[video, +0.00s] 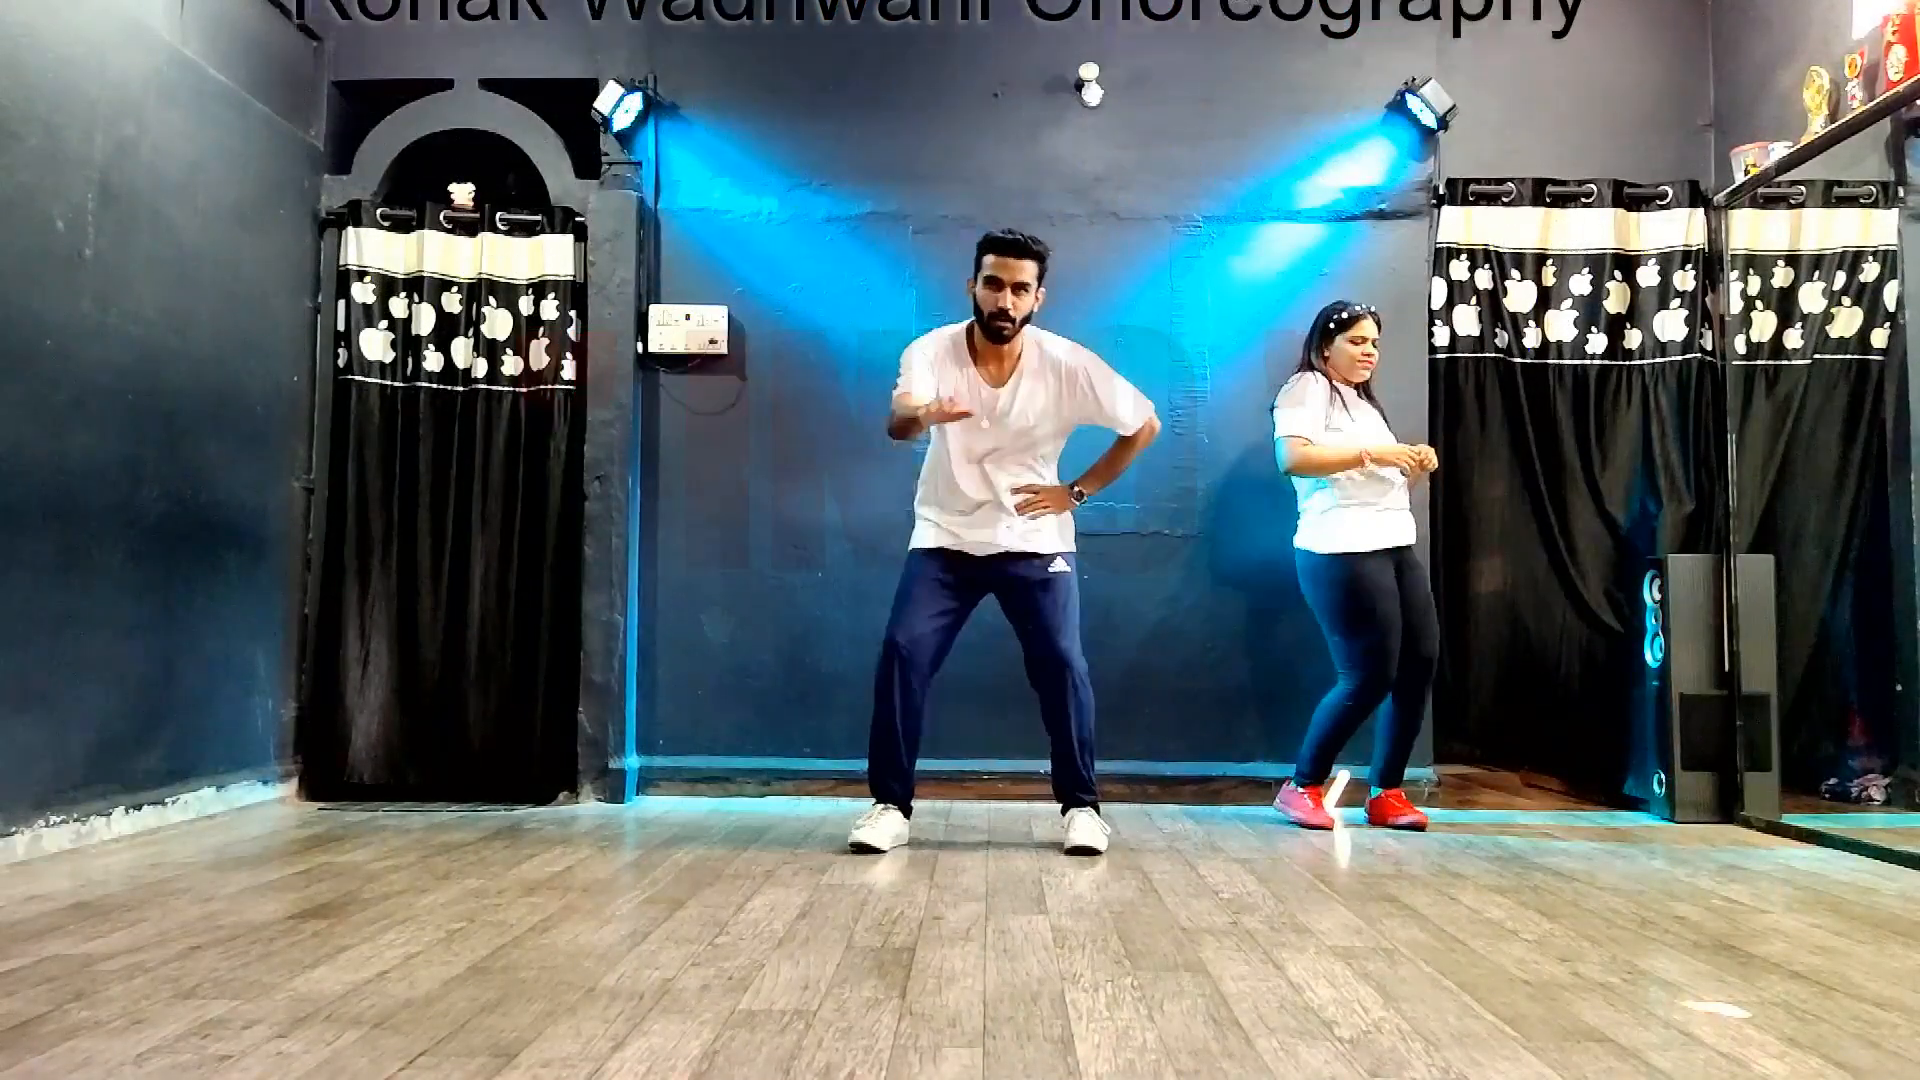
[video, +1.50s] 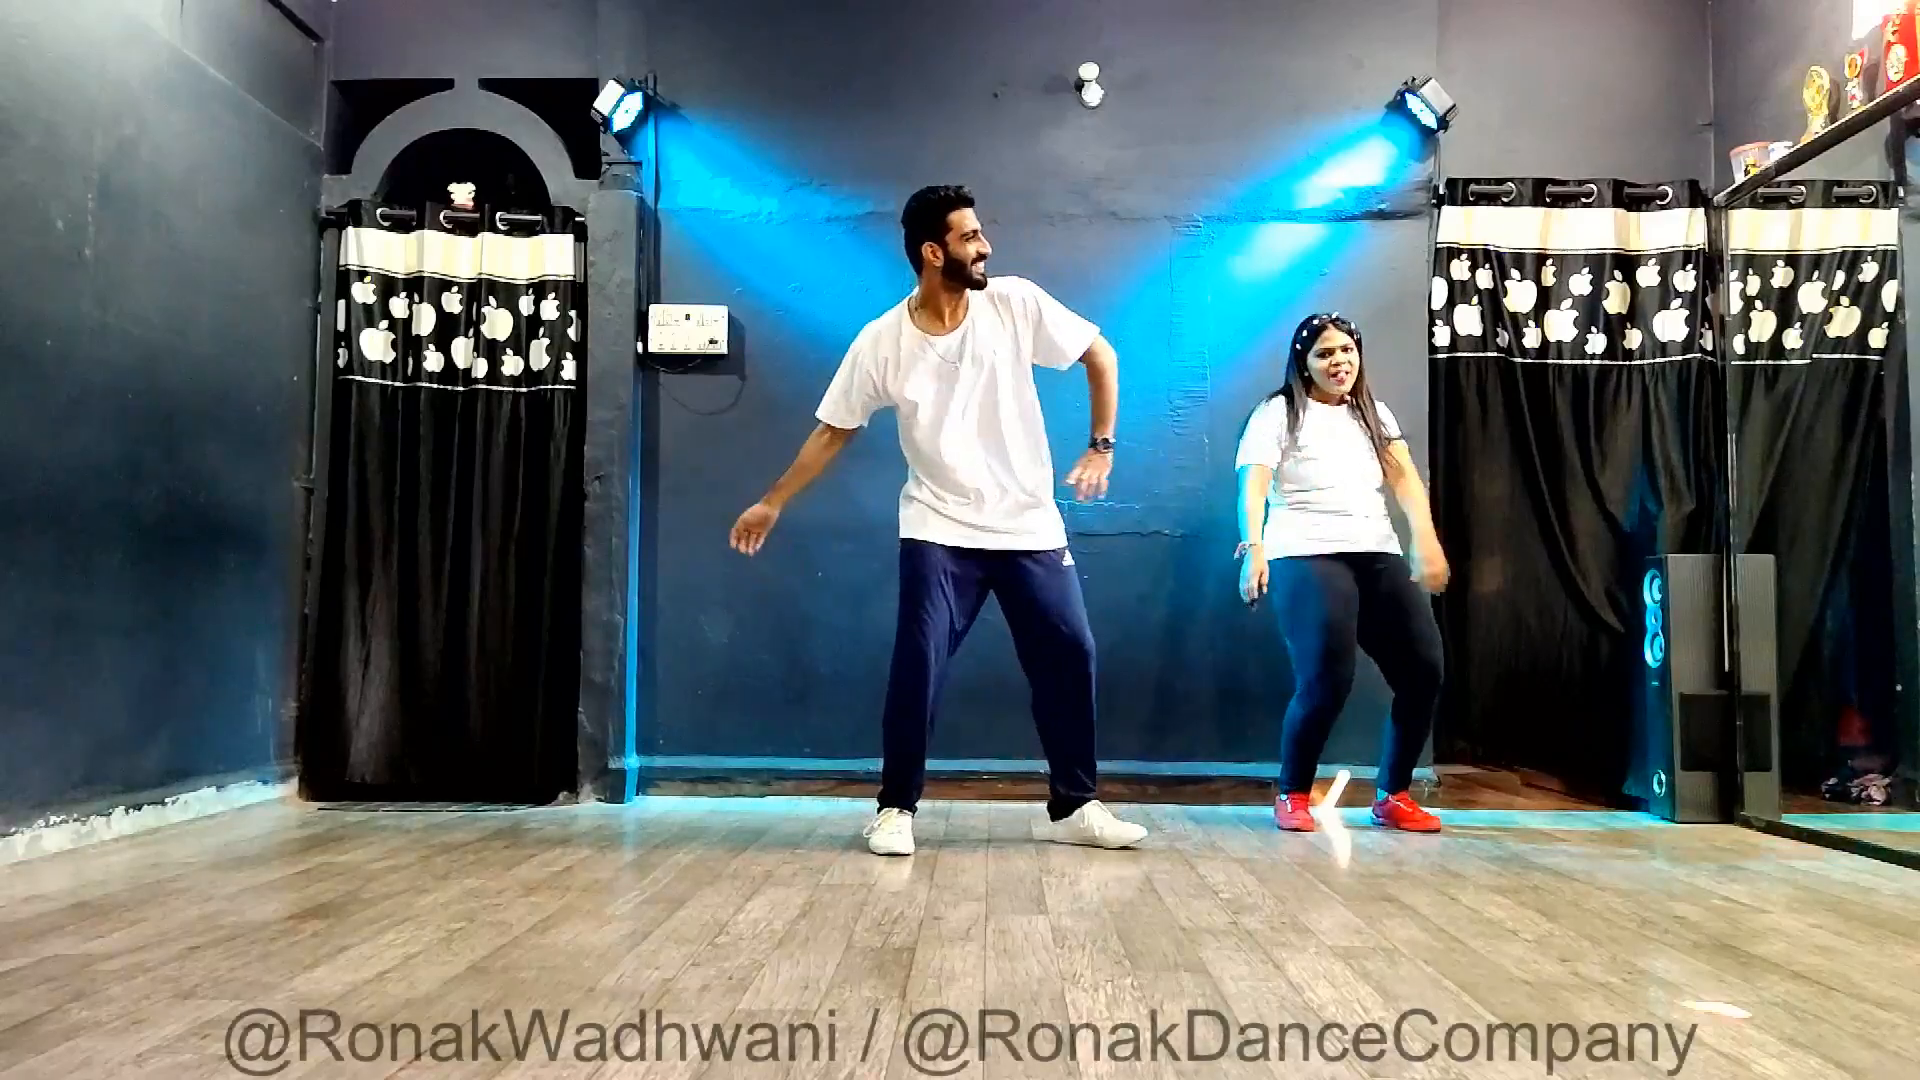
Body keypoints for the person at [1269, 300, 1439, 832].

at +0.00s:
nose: (1368, 352)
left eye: (1373, 343)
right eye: (1356, 342)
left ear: (1376, 349)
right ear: (1324, 346)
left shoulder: (1363, 403)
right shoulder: (1305, 388)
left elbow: (1376, 487)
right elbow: (1293, 457)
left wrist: (1414, 470)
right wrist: (1371, 454)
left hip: (1396, 548)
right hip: (1340, 551)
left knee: (1418, 663)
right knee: (1368, 674)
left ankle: (1385, 793)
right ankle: (1301, 788)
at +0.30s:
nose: (1359, 345)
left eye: (1367, 336)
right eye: (1346, 336)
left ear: (1376, 345)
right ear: (1321, 343)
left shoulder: (1370, 407)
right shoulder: (1292, 384)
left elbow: (1381, 488)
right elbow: (1244, 446)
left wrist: (1403, 497)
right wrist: (1314, 457)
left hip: (1368, 549)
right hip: (1306, 548)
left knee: (1400, 662)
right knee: (1331, 671)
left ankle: (1384, 794)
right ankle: (1291, 794)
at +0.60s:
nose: (1322, 337)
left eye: (1329, 326)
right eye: (1309, 333)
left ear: (1346, 331)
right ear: (1295, 346)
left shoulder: (1377, 398)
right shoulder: (1269, 392)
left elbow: (1429, 467)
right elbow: (1237, 455)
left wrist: (1408, 523)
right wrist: (1219, 466)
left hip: (1339, 543)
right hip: (1260, 540)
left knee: (1342, 671)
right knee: (1258, 669)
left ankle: (1371, 793)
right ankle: (1273, 793)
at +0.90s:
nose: (1303, 366)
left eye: (1311, 353)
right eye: (1291, 360)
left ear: (1331, 352)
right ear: (1283, 371)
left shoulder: (1374, 405)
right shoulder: (1280, 426)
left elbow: (1397, 480)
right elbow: (1253, 505)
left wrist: (1328, 509)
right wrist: (1226, 570)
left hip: (1339, 557)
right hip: (1265, 554)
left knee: (1337, 680)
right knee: (1241, 668)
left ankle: (1380, 796)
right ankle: (1276, 793)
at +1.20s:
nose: (1324, 324)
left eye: (1333, 318)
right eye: (1312, 317)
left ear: (1346, 333)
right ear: (1291, 331)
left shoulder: (1369, 377)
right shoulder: (1265, 396)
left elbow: (1384, 435)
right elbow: (1255, 479)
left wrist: (1299, 443)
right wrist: (1254, 542)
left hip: (1382, 538)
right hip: (1304, 540)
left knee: (1383, 670)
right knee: (1311, 671)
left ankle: (1389, 792)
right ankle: (1293, 790)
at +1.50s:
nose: (1338, 361)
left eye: (1346, 350)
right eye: (1324, 354)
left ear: (1358, 355)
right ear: (1303, 362)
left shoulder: (1372, 412)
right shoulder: (1277, 413)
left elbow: (1405, 476)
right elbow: (1255, 483)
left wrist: (1426, 538)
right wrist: (1254, 547)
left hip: (1378, 553)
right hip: (1306, 552)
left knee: (1422, 669)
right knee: (1326, 674)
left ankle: (1392, 796)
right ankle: (1293, 795)